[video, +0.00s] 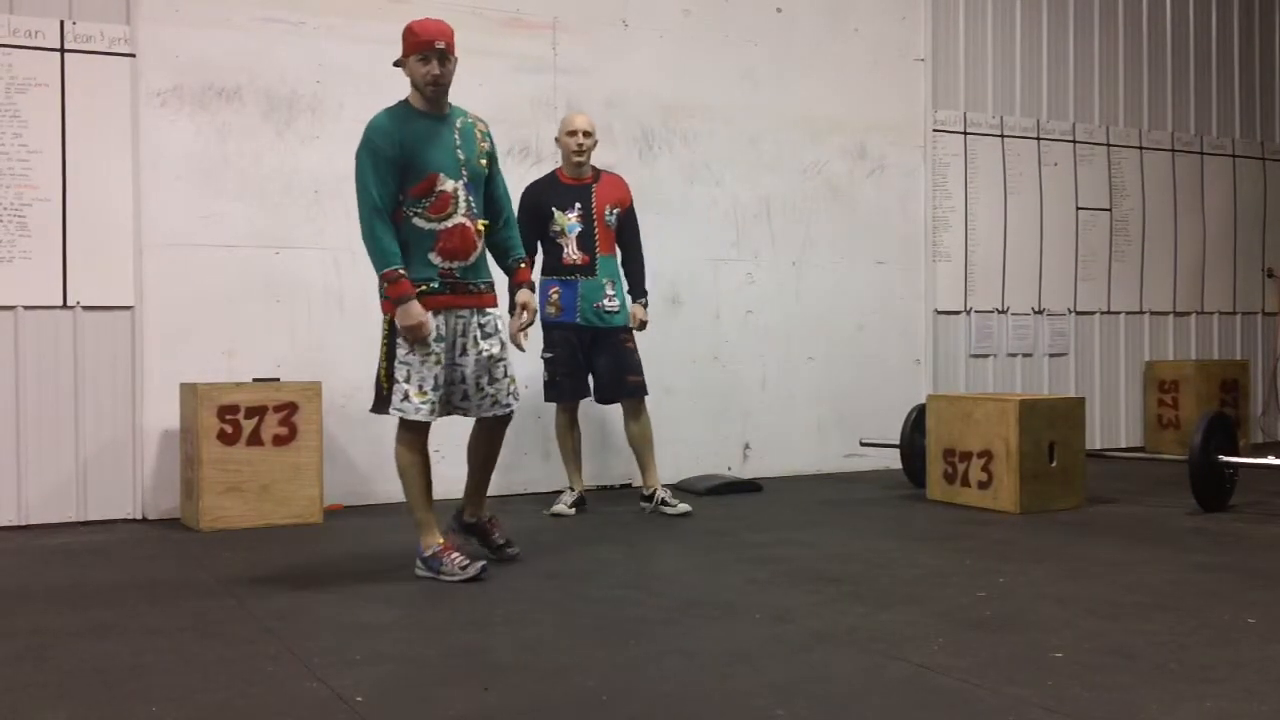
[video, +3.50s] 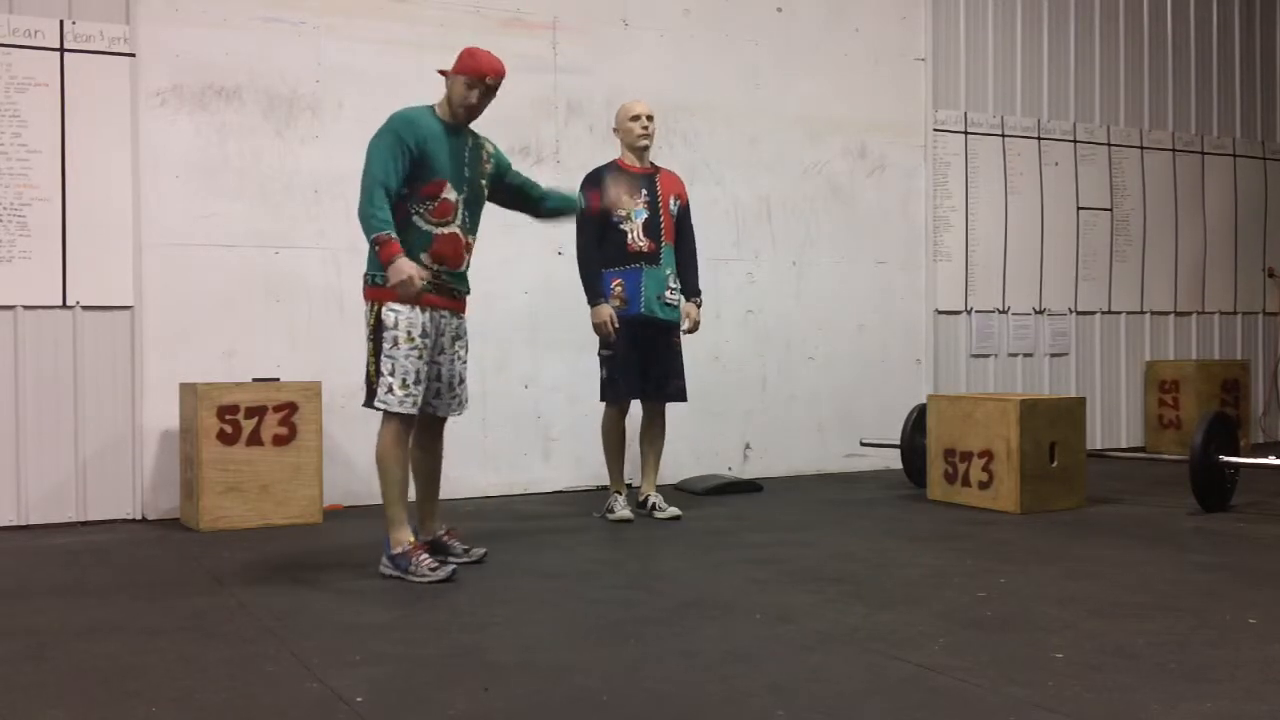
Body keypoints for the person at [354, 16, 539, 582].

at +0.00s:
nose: (437, 66)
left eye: (444, 56)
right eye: (425, 57)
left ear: (455, 62)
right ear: (405, 65)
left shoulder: (475, 130)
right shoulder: (384, 132)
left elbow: (499, 214)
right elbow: (374, 219)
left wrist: (522, 281)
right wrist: (401, 296)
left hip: (477, 300)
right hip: (418, 301)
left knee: (497, 405)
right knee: (414, 419)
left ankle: (473, 512)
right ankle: (430, 544)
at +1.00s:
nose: (503, 101)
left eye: (506, 92)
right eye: (501, 89)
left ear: (479, 83)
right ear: (474, 80)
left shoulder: (480, 144)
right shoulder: (426, 128)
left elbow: (490, 220)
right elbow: (411, 199)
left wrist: (524, 282)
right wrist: (431, 249)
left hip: (476, 300)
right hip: (438, 299)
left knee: (461, 415)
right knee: (437, 416)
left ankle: (451, 532)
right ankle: (433, 547)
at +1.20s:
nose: (506, 109)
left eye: (509, 99)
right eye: (505, 97)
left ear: (480, 86)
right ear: (483, 86)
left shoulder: (473, 143)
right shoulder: (436, 130)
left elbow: (477, 229)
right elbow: (448, 200)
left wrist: (523, 269)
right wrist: (504, 208)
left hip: (468, 294)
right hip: (442, 295)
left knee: (458, 414)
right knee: (447, 414)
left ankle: (450, 530)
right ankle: (435, 545)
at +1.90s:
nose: (497, 108)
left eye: (500, 98)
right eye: (497, 97)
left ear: (467, 84)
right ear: (476, 87)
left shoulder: (457, 133)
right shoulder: (424, 134)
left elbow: (482, 185)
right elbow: (463, 211)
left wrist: (526, 183)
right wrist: (539, 226)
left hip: (460, 297)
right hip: (428, 300)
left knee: (449, 420)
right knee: (421, 419)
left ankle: (447, 533)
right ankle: (401, 546)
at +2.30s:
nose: (477, 101)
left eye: (480, 93)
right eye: (477, 92)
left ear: (451, 80)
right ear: (457, 81)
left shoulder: (444, 127)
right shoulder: (399, 134)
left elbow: (478, 146)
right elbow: (404, 222)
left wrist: (522, 118)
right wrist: (470, 256)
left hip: (451, 298)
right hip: (409, 302)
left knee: (455, 414)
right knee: (405, 419)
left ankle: (450, 529)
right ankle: (400, 546)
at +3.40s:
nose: (476, 97)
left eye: (485, 91)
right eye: (470, 84)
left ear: (488, 94)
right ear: (446, 76)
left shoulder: (475, 146)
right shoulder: (402, 126)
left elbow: (528, 184)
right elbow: (371, 198)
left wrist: (574, 145)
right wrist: (398, 252)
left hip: (450, 302)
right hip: (403, 298)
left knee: (434, 418)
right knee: (399, 417)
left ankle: (428, 533)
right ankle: (398, 546)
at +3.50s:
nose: (478, 97)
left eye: (488, 92)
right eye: (473, 84)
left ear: (492, 98)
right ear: (450, 78)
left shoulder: (481, 154)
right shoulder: (405, 128)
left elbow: (534, 198)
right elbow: (373, 201)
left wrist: (596, 201)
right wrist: (395, 259)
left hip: (449, 300)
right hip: (403, 294)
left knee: (432, 419)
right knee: (399, 417)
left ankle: (429, 533)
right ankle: (399, 545)